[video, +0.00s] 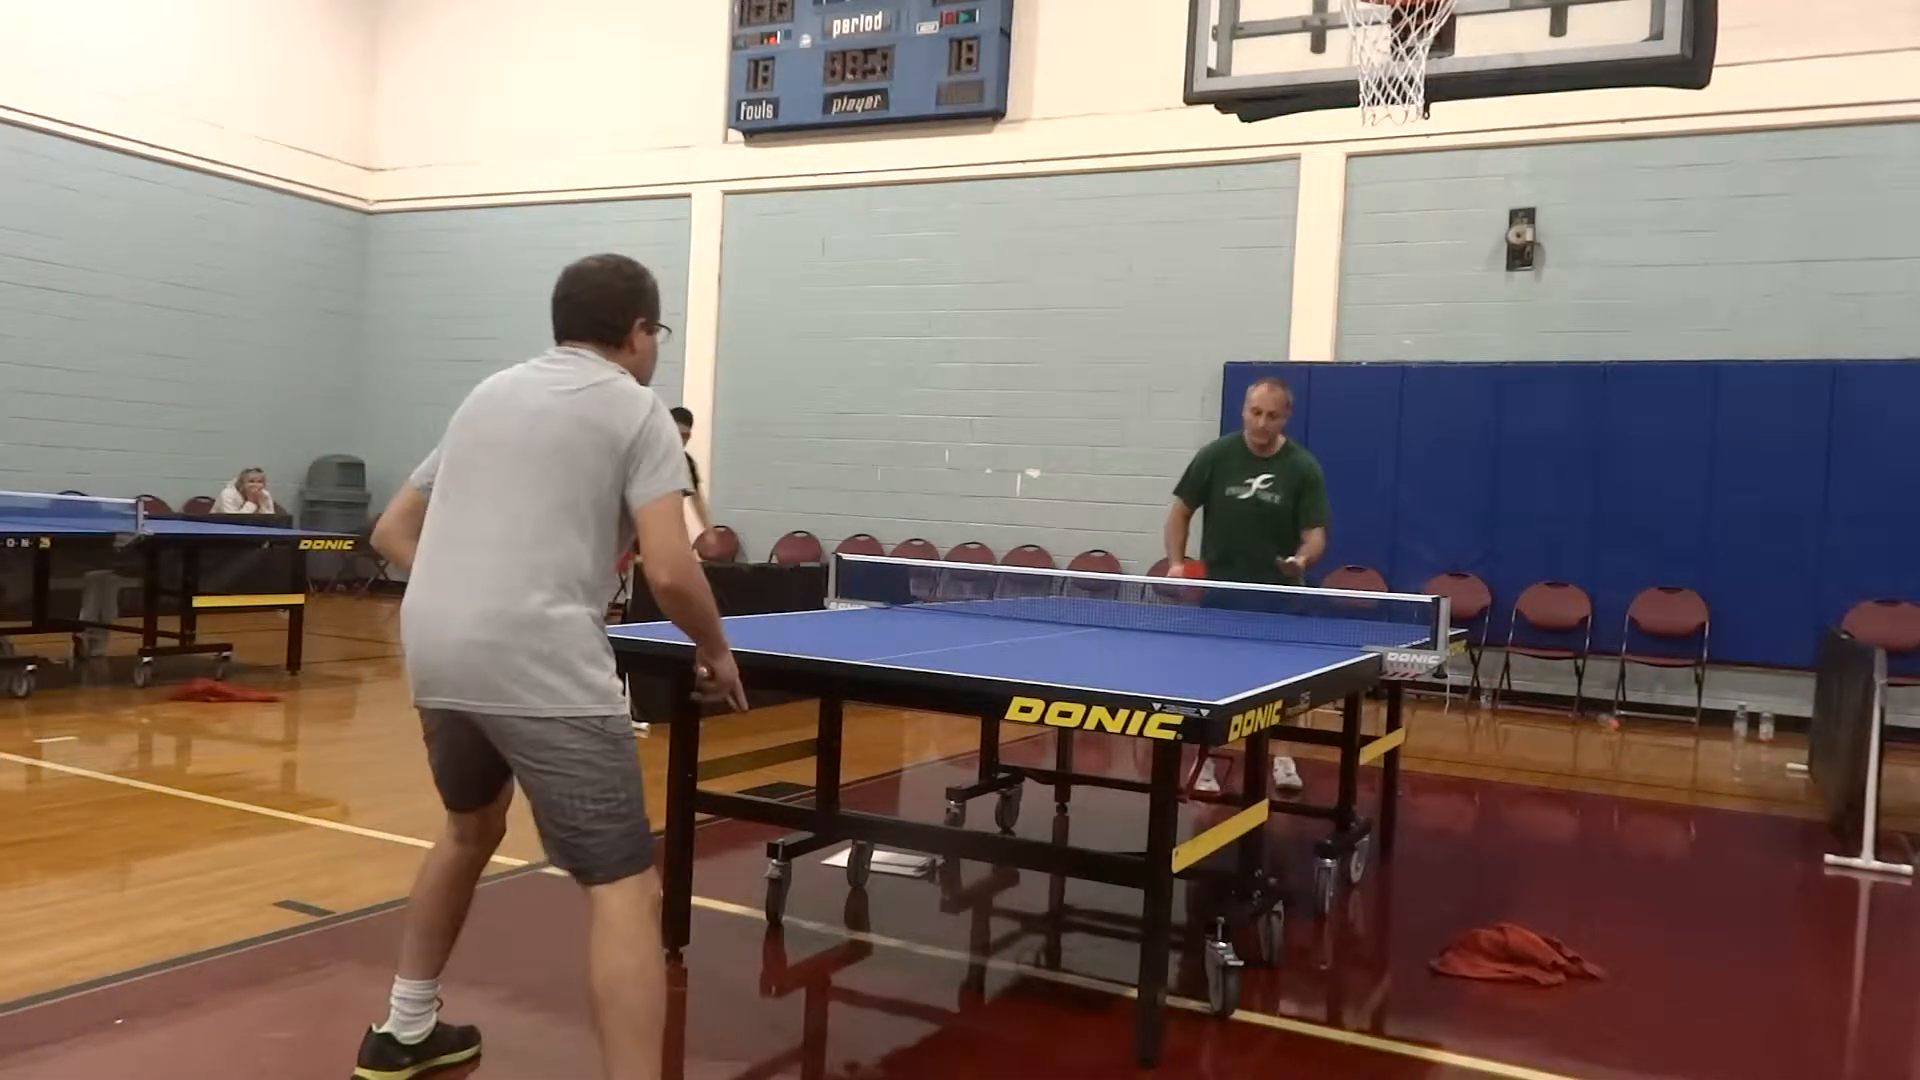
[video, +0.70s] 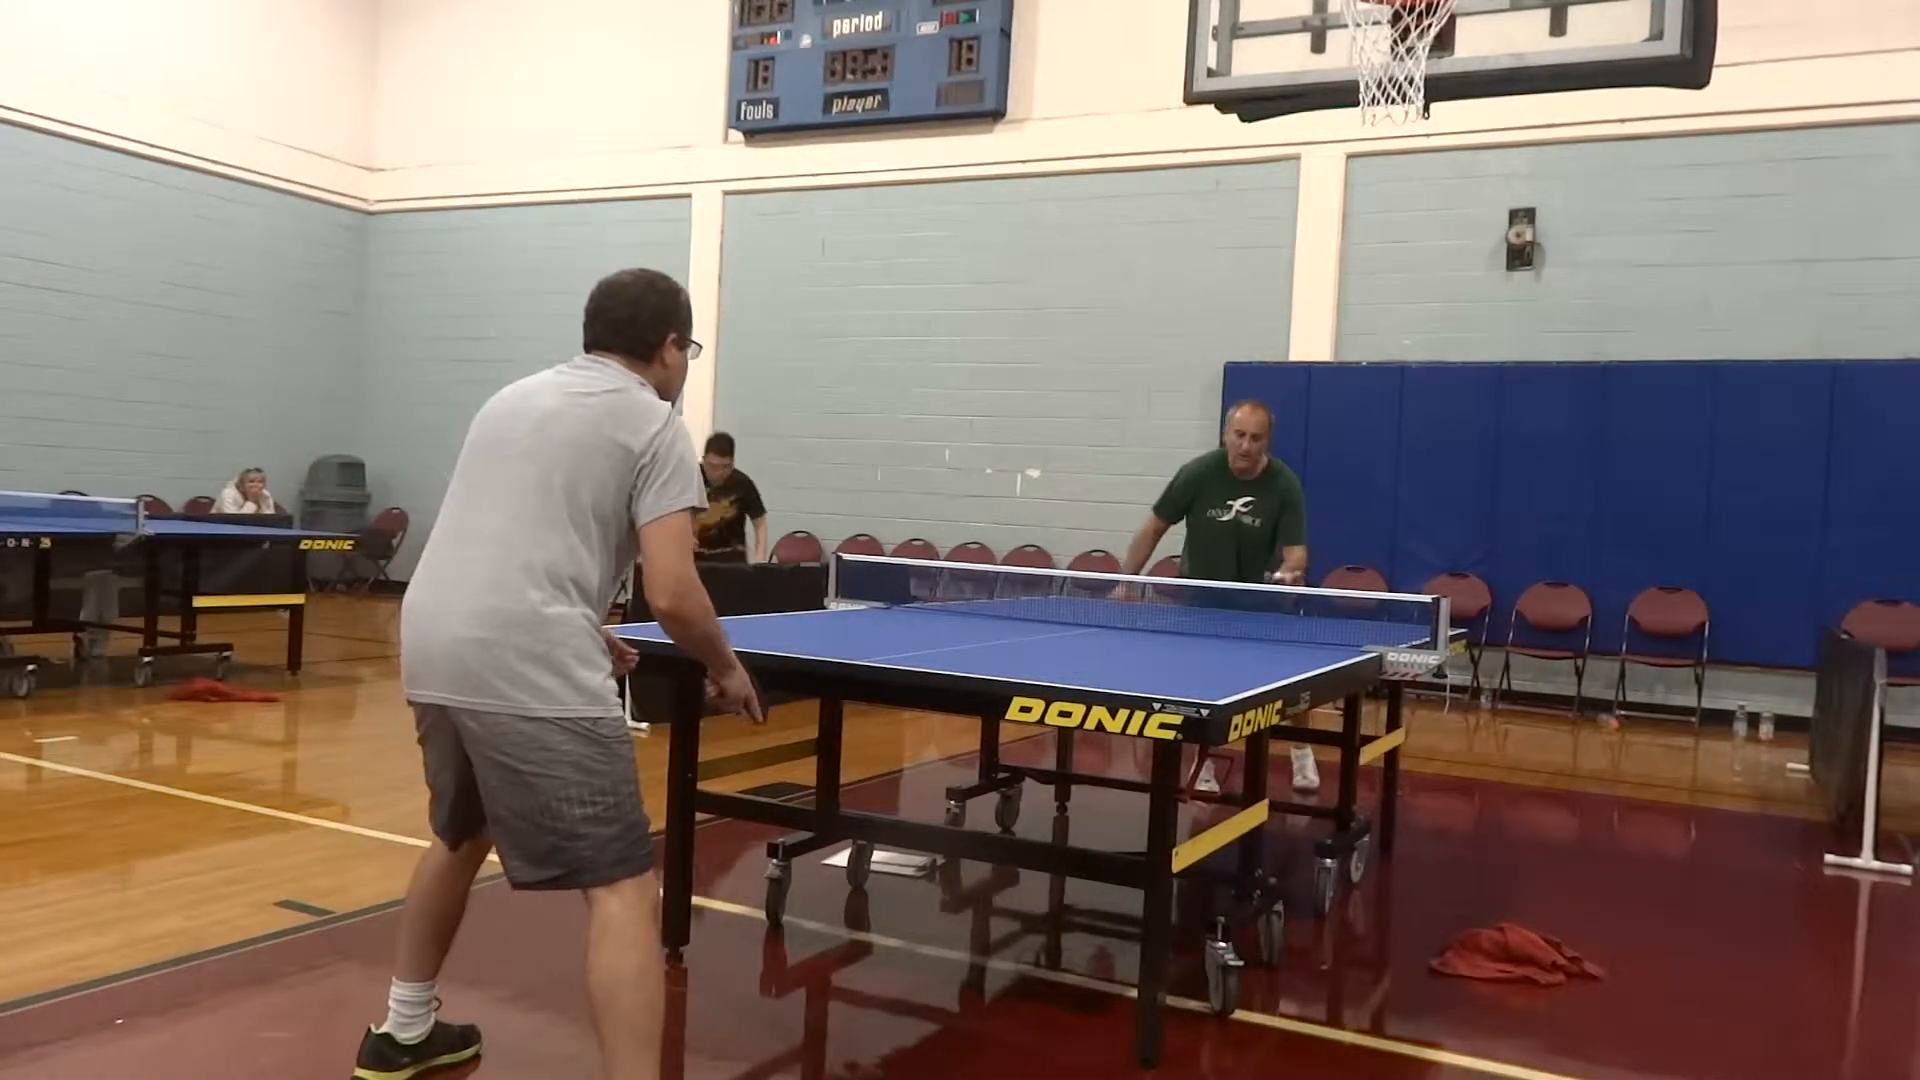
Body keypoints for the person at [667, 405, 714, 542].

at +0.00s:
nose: (681, 440)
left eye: (685, 435)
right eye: (677, 433)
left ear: (690, 435)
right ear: (668, 431)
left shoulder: (687, 462)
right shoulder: (653, 459)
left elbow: (696, 498)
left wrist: (707, 531)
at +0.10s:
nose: (687, 442)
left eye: (691, 438)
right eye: (683, 437)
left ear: (696, 437)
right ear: (673, 434)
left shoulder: (698, 464)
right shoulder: (655, 461)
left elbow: (715, 497)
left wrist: (729, 527)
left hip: (680, 527)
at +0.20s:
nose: (691, 445)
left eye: (696, 440)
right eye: (687, 439)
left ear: (700, 439)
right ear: (676, 437)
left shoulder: (704, 466)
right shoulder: (661, 461)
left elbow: (723, 499)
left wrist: (738, 526)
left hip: (687, 539)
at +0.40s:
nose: (695, 447)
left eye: (701, 442)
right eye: (690, 441)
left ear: (709, 440)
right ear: (682, 437)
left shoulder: (717, 464)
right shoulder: (670, 460)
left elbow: (735, 499)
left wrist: (742, 529)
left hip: (705, 540)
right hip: (673, 539)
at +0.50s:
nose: (703, 449)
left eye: (709, 443)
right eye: (697, 442)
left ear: (716, 441)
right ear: (687, 438)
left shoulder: (725, 465)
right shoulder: (677, 461)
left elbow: (743, 501)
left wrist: (746, 536)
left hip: (713, 539)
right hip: (680, 538)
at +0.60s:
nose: (711, 458)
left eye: (717, 452)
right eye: (705, 451)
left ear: (724, 447)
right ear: (695, 446)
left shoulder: (733, 471)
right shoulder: (683, 468)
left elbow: (752, 509)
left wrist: (752, 544)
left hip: (722, 547)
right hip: (689, 547)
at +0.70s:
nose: (718, 472)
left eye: (725, 467)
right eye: (712, 466)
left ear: (732, 464)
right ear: (704, 460)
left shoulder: (742, 483)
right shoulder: (690, 478)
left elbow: (759, 522)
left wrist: (759, 560)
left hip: (731, 557)